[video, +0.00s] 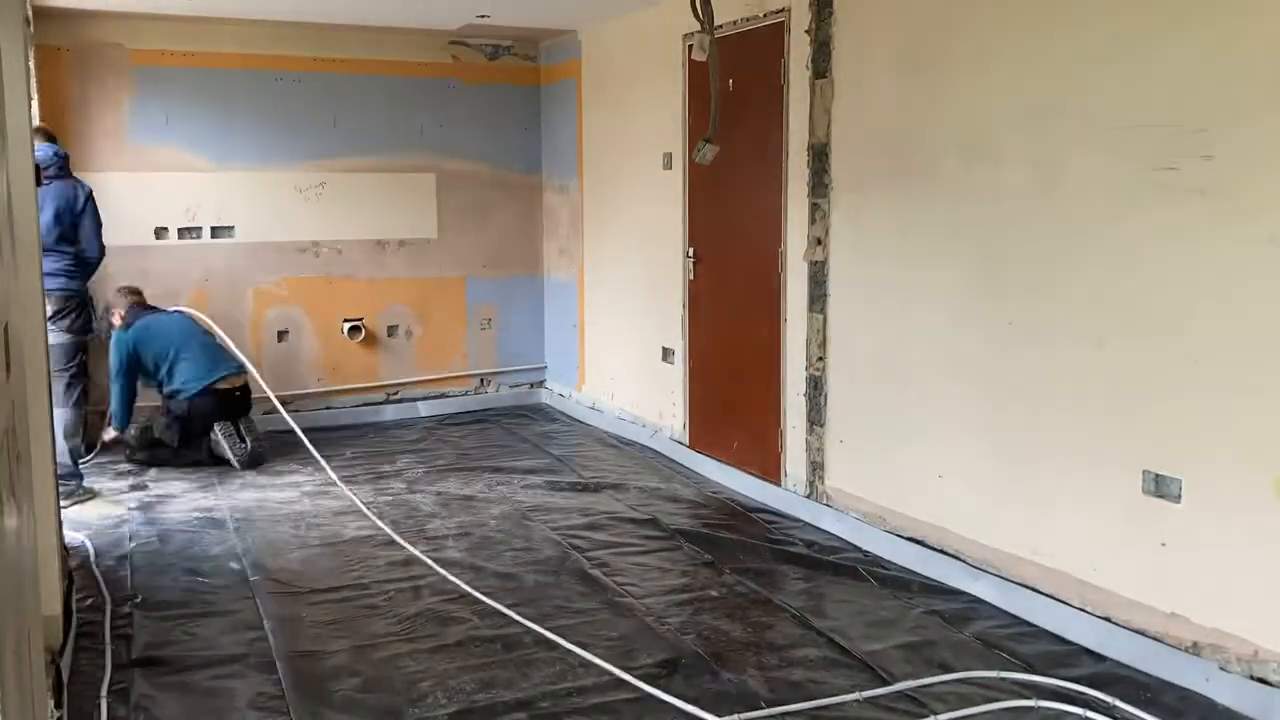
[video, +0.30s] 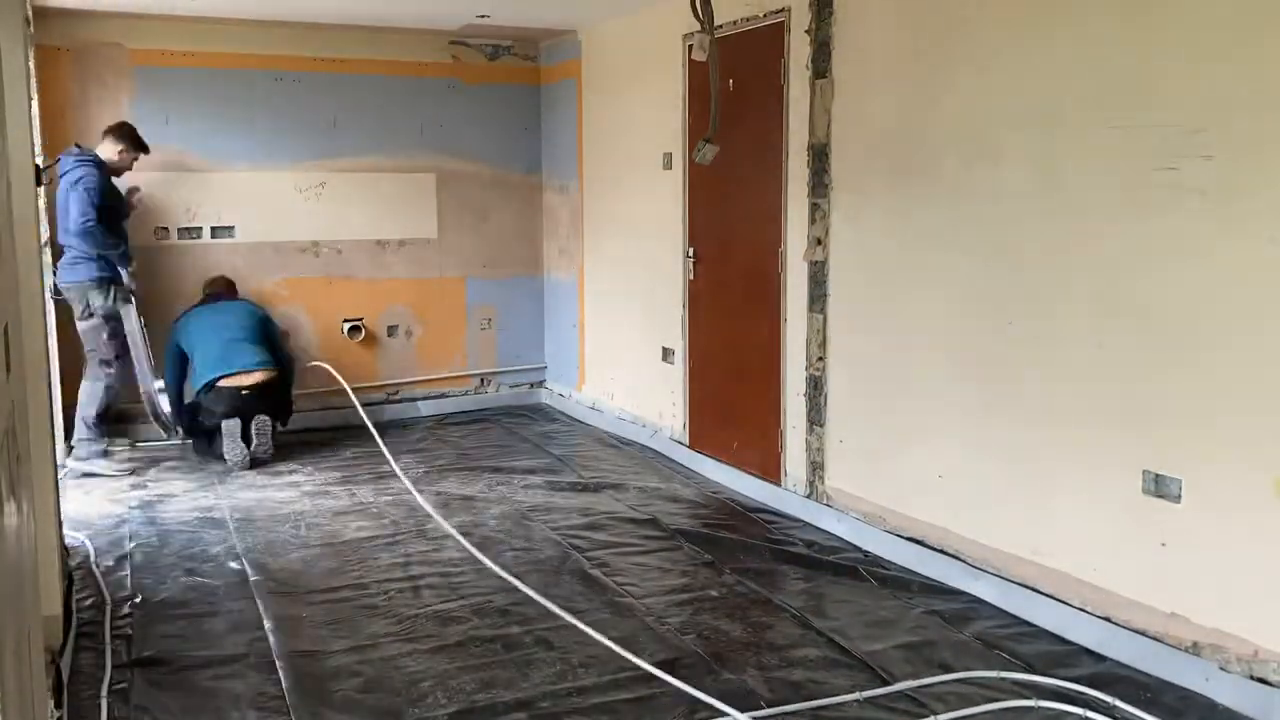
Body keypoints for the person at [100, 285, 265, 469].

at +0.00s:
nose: (113, 326)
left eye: (112, 321)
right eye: (111, 322)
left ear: (118, 316)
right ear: (144, 305)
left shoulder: (124, 336)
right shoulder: (176, 316)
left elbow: (122, 389)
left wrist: (117, 429)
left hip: (198, 402)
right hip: (241, 396)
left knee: (140, 451)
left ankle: (211, 446)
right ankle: (242, 430)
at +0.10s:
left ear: (121, 333)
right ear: (149, 319)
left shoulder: (124, 349)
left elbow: (111, 403)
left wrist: (108, 436)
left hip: (200, 399)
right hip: (249, 394)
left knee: (139, 449)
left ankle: (209, 445)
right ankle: (248, 433)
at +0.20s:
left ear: (178, 297)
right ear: (211, 296)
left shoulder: (159, 322)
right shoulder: (233, 313)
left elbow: (141, 379)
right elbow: (255, 361)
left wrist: (136, 416)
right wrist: (275, 394)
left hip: (200, 396)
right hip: (248, 392)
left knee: (137, 447)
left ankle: (207, 447)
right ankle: (250, 436)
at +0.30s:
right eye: (236, 294)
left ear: (204, 297)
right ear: (235, 294)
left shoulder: (184, 323)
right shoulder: (254, 310)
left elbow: (173, 382)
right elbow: (283, 360)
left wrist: (179, 420)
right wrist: (284, 400)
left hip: (221, 398)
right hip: (268, 391)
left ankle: (222, 442)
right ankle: (262, 432)